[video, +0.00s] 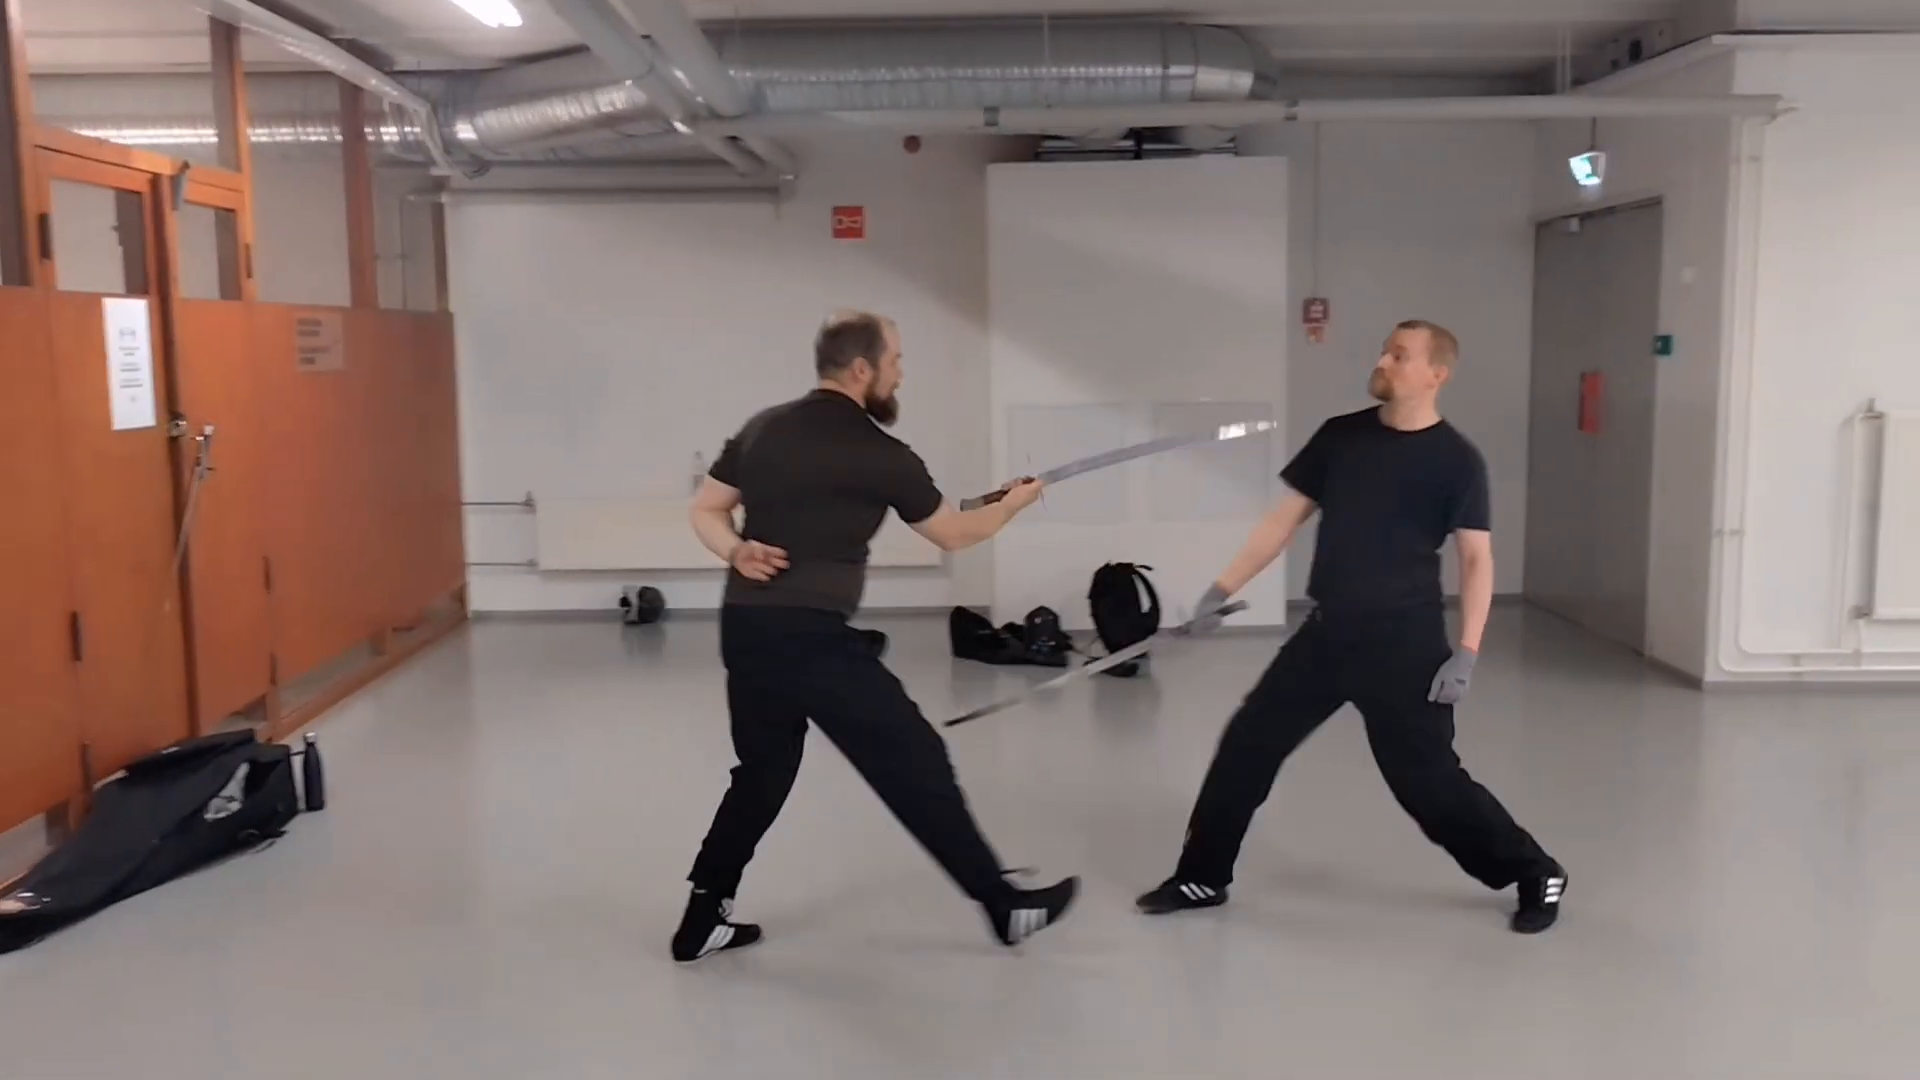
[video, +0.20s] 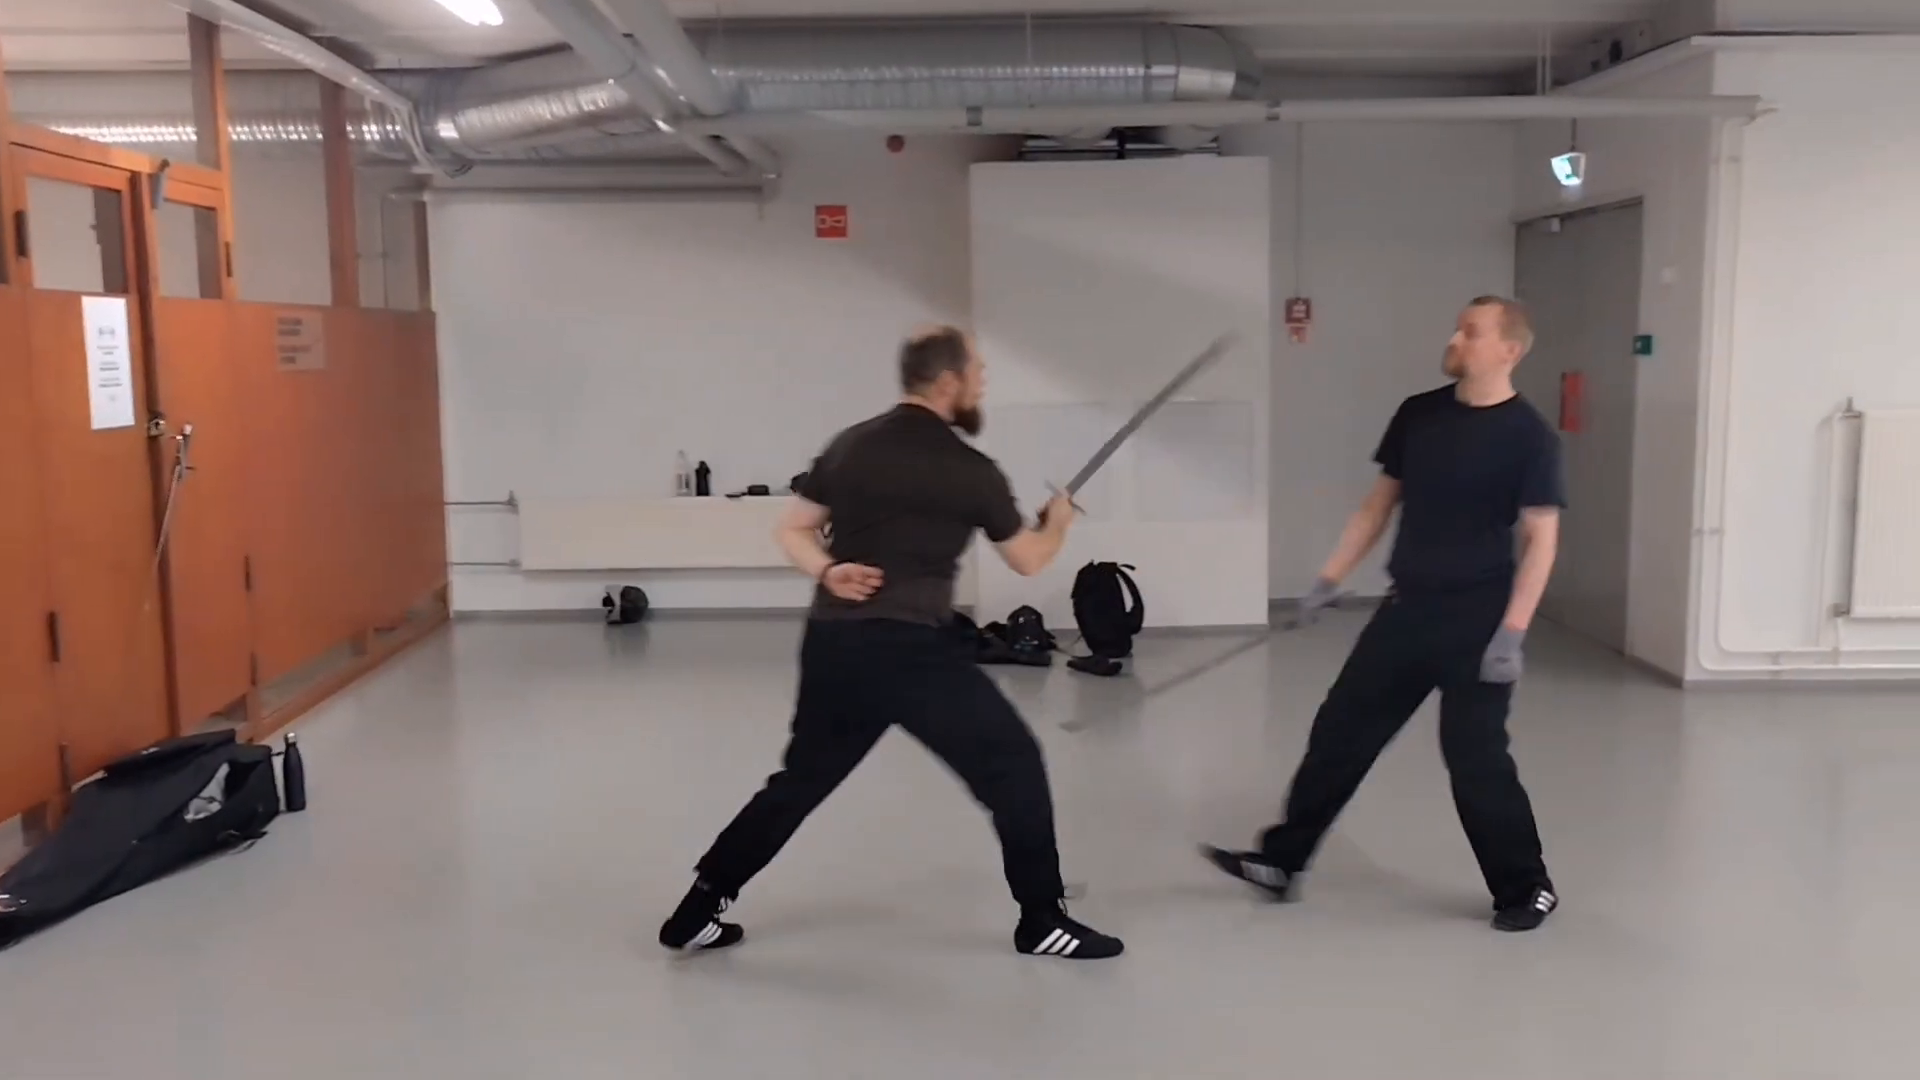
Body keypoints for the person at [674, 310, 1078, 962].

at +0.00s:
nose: (901, 372)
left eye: (899, 360)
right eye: (894, 361)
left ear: (835, 370)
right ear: (861, 369)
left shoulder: (766, 429)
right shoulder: (880, 453)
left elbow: (706, 509)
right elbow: (951, 532)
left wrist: (735, 549)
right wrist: (1011, 505)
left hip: (746, 631)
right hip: (815, 633)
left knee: (763, 771)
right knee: (913, 757)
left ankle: (700, 920)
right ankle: (1003, 902)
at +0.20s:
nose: (982, 383)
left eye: (978, 371)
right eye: (976, 372)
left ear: (912, 381)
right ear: (952, 381)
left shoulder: (853, 446)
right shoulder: (967, 468)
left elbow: (791, 529)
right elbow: (1027, 557)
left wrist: (826, 568)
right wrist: (1058, 522)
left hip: (834, 646)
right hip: (913, 649)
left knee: (802, 779)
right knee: (1013, 762)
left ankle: (696, 909)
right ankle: (1042, 920)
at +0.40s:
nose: (1049, 360)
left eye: (1047, 349)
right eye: (1044, 350)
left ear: (978, 362)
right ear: (1020, 361)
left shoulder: (919, 422)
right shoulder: (1032, 453)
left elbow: (863, 501)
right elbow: (1073, 571)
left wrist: (878, 541)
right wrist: (1104, 587)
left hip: (881, 619)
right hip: (959, 628)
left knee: (864, 761)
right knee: (1038, 758)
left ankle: (746, 891)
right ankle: (1032, 917)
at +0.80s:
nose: (1014, 344)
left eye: (1010, 330)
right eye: (1006, 332)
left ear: (947, 346)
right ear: (976, 342)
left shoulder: (901, 410)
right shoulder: (978, 427)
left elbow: (857, 495)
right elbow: (998, 547)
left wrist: (853, 525)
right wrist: (1033, 646)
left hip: (864, 602)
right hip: (928, 610)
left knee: (870, 747)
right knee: (1000, 758)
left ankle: (779, 881)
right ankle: (998, 915)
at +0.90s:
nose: (972, 346)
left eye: (967, 331)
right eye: (962, 332)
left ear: (912, 346)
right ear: (929, 343)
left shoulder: (865, 417)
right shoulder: (924, 422)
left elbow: (830, 534)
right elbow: (936, 536)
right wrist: (966, 631)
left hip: (839, 606)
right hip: (891, 610)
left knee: (857, 755)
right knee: (971, 769)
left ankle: (767, 889)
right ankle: (988, 916)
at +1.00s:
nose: (925, 350)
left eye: (922, 338)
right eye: (916, 337)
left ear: (872, 348)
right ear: (882, 346)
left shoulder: (841, 413)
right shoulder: (859, 416)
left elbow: (796, 534)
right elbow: (854, 522)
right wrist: (881, 616)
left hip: (815, 612)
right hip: (837, 612)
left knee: (839, 756)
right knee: (921, 755)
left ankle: (757, 892)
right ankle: (979, 908)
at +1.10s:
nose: (889, 353)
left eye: (886, 340)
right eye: (879, 340)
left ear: (839, 348)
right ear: (842, 347)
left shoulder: (825, 413)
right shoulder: (810, 410)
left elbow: (802, 510)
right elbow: (774, 509)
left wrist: (758, 541)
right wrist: (801, 606)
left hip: (786, 609)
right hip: (783, 611)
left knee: (815, 750)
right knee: (873, 745)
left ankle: (749, 893)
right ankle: (911, 909)